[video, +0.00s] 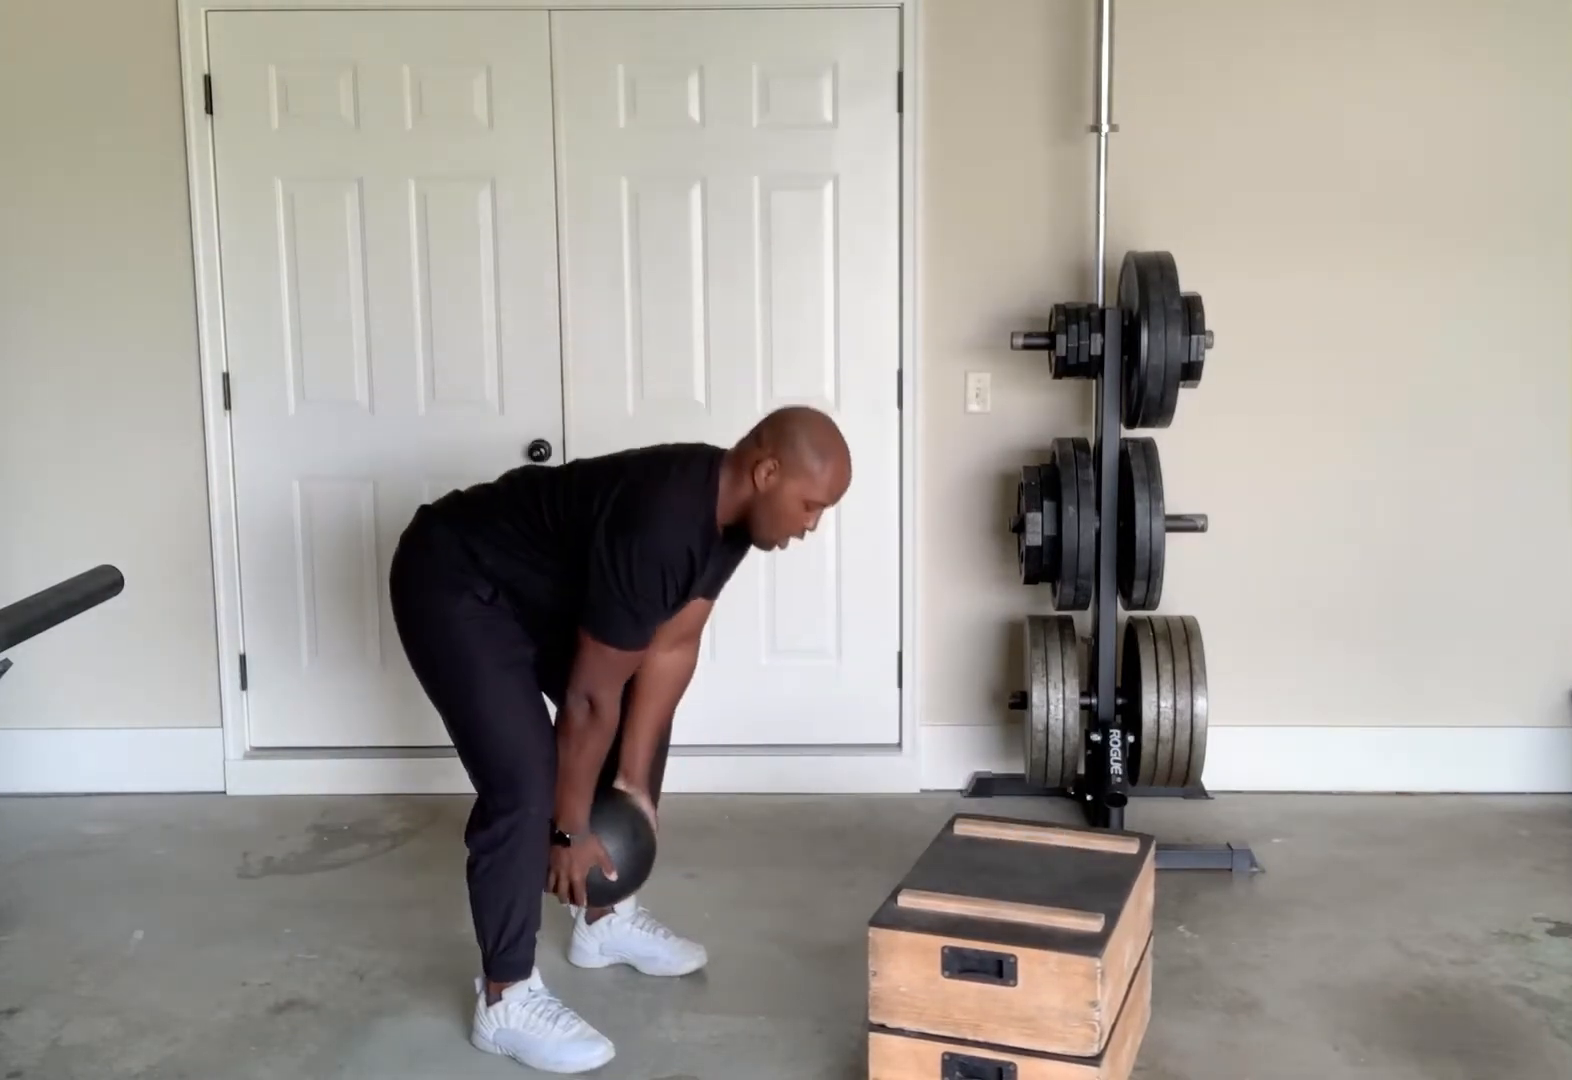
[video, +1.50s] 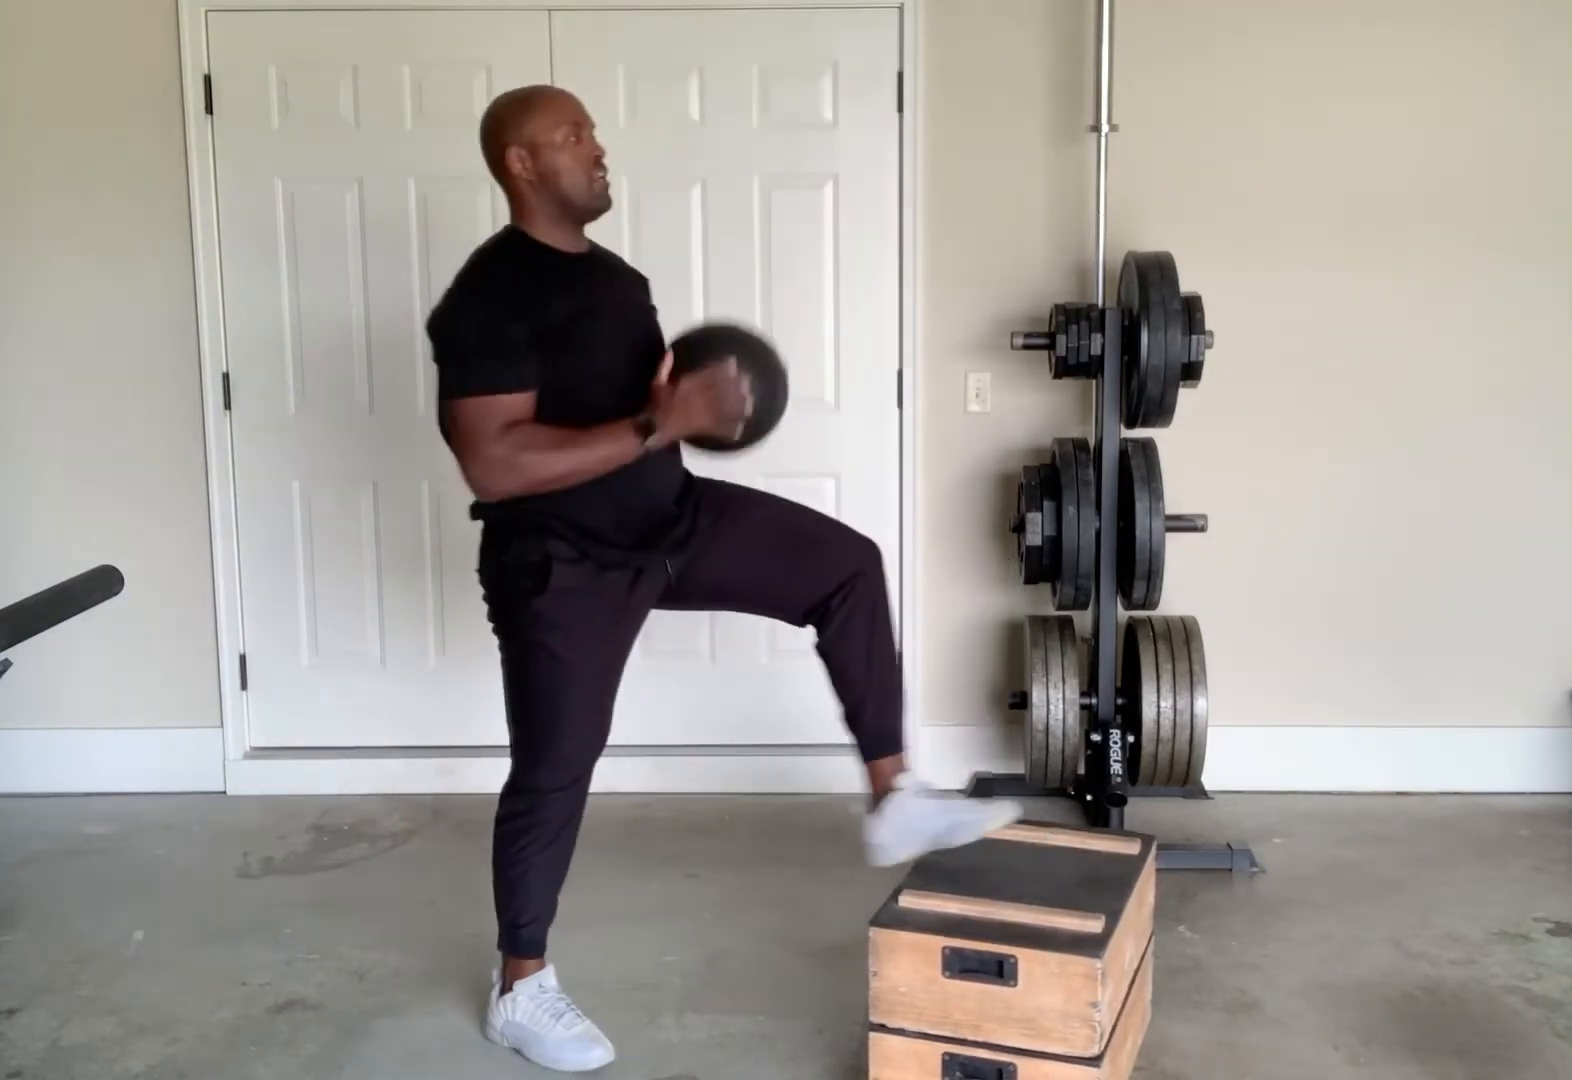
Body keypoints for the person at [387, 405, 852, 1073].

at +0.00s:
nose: (814, 526)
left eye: (823, 512)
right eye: (811, 506)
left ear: (767, 470)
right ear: (763, 470)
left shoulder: (731, 517)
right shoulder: (659, 519)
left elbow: (674, 647)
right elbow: (590, 700)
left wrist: (636, 790)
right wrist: (569, 830)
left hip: (530, 579)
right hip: (449, 575)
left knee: (640, 717)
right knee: (520, 778)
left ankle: (604, 918)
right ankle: (505, 996)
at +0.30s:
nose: (697, 175)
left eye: (692, 160)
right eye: (677, 162)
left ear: (645, 183)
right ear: (617, 181)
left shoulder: (680, 293)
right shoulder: (572, 294)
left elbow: (683, 402)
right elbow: (580, 455)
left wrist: (760, 456)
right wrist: (725, 472)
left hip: (651, 561)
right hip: (554, 568)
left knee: (723, 716)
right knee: (570, 791)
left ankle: (630, 886)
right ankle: (510, 994)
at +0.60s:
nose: (766, 134)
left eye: (764, 118)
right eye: (743, 120)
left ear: (750, 134)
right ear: (689, 131)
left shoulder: (739, 206)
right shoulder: (646, 190)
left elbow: (741, 65)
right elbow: (662, 13)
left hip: (774, 502)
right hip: (665, 517)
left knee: (941, 578)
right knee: (613, 745)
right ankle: (542, 967)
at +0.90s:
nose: (789, 127)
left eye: (788, 109)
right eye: (768, 111)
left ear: (774, 118)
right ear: (709, 122)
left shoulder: (771, 197)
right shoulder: (669, 194)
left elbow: (768, 50)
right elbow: (666, 22)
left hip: (843, 495)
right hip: (734, 512)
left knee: (1003, 582)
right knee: (673, 743)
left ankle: (961, 814)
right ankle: (571, 953)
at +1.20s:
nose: (696, 124)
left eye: (695, 111)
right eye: (677, 110)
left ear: (695, 120)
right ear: (629, 117)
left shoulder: (719, 205)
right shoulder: (597, 220)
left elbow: (813, 140)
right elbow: (685, 115)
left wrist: (785, 5)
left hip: (800, 492)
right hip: (676, 510)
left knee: (954, 582)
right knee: (632, 739)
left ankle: (956, 813)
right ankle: (550, 960)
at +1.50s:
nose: (601, 149)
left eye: (593, 132)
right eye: (579, 136)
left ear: (545, 162)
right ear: (521, 163)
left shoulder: (615, 280)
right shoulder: (481, 302)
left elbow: (623, 407)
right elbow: (491, 465)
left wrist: (694, 404)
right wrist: (652, 426)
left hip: (668, 521)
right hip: (560, 561)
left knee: (848, 567)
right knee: (554, 770)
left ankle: (892, 799)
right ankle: (521, 982)